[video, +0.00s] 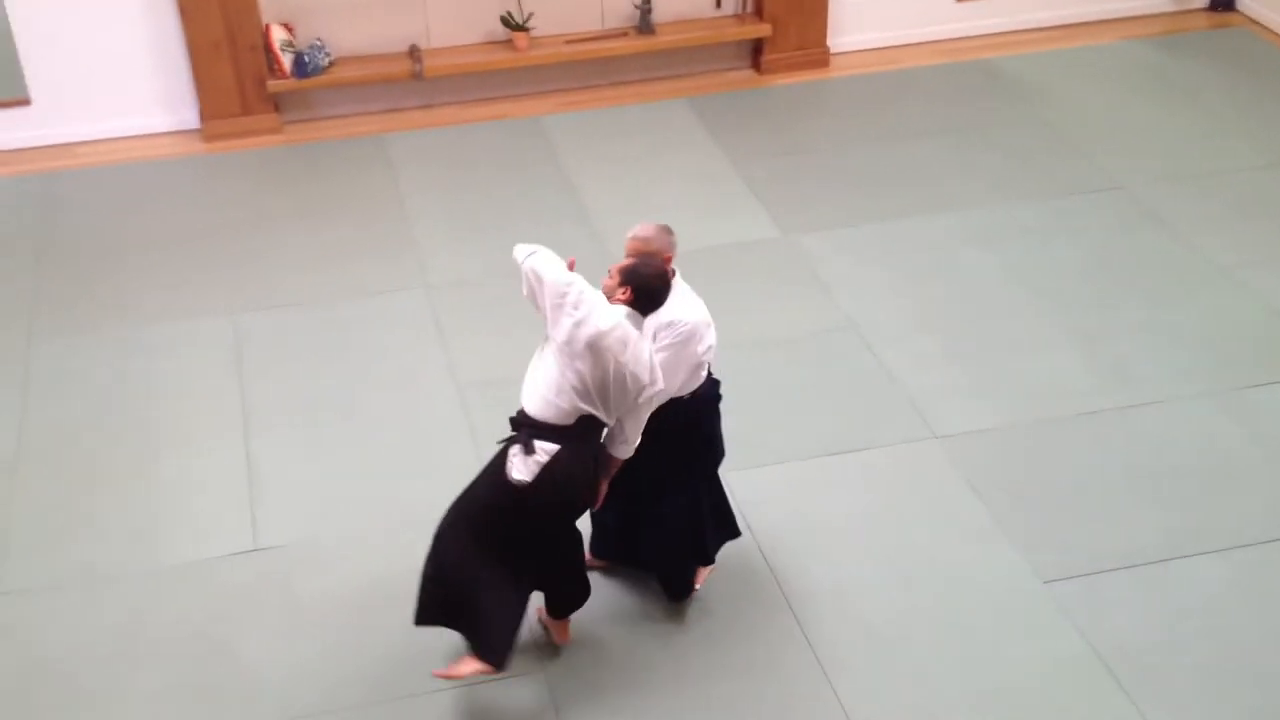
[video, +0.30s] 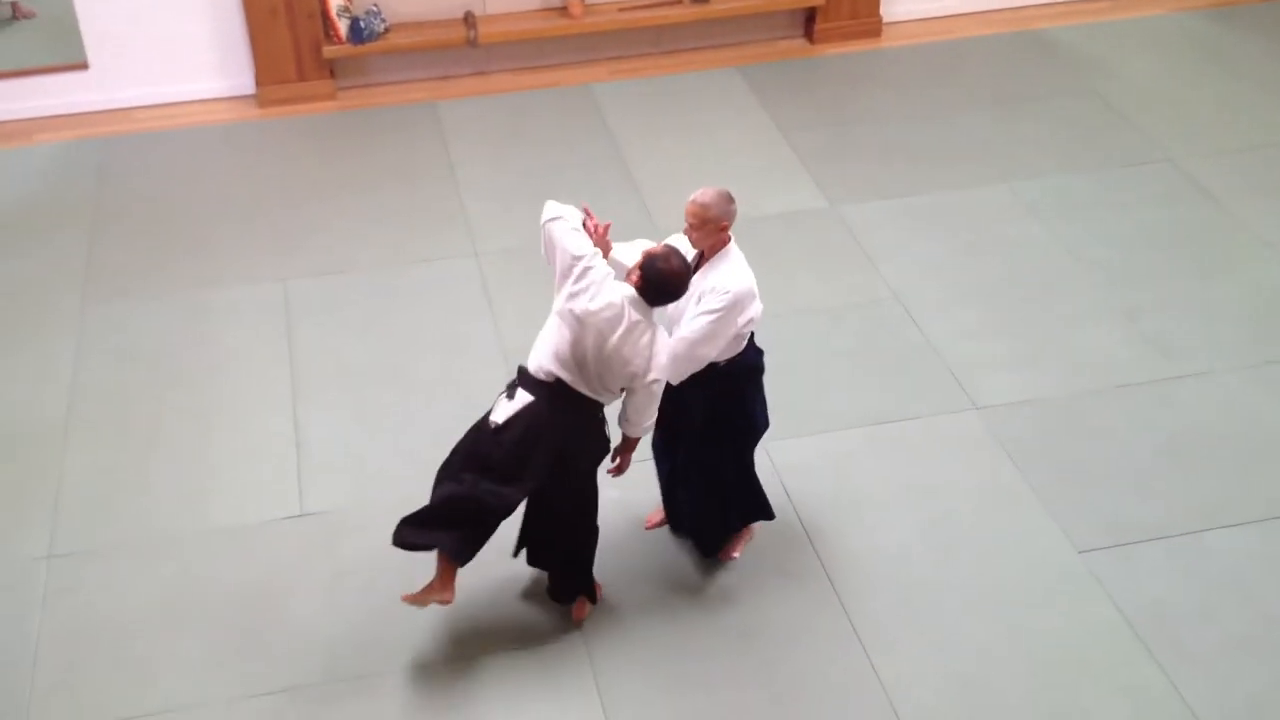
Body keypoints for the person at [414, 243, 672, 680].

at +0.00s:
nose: (605, 278)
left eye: (612, 276)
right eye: (611, 273)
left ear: (623, 293)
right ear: (644, 302)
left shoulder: (581, 307)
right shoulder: (646, 363)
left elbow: (528, 256)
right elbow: (627, 433)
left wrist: (561, 266)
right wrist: (604, 476)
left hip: (536, 452)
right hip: (584, 458)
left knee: (467, 531)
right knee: (557, 534)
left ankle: (486, 651)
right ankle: (558, 618)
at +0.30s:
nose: (644, 244)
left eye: (648, 249)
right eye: (652, 244)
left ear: (636, 273)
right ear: (671, 297)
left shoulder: (590, 275)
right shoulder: (652, 343)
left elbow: (556, 216)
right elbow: (642, 405)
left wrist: (587, 231)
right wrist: (629, 443)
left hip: (531, 405)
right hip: (584, 426)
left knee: (471, 478)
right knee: (574, 508)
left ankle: (443, 579)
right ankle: (579, 594)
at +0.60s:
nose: (629, 241)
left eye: (622, 244)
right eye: (638, 245)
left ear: (601, 256)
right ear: (634, 291)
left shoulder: (561, 259)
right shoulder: (614, 334)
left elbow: (552, 189)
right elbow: (607, 390)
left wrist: (585, 192)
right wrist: (609, 419)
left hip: (500, 377)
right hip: (552, 398)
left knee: (499, 460)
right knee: (577, 472)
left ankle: (498, 545)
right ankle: (580, 562)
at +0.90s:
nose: (627, 252)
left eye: (622, 258)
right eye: (638, 261)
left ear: (601, 269)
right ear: (629, 302)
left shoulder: (564, 258)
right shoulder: (609, 339)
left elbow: (566, 188)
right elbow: (596, 393)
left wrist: (600, 187)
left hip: (498, 360)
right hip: (546, 386)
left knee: (477, 438)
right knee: (552, 457)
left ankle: (454, 517)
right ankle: (551, 535)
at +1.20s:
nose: (624, 265)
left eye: (617, 269)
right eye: (631, 273)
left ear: (593, 279)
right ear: (621, 315)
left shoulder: (555, 264)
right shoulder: (602, 341)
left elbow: (560, 198)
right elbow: (596, 381)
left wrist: (613, 205)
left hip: (492, 350)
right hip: (542, 377)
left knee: (469, 427)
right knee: (547, 451)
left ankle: (447, 503)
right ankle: (551, 534)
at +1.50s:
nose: (620, 269)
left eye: (614, 276)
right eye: (629, 278)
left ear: (590, 286)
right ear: (618, 322)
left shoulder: (551, 268)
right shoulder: (599, 344)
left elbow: (554, 210)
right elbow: (588, 377)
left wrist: (609, 213)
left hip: (487, 356)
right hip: (539, 378)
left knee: (459, 429)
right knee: (543, 455)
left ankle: (443, 506)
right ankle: (549, 535)